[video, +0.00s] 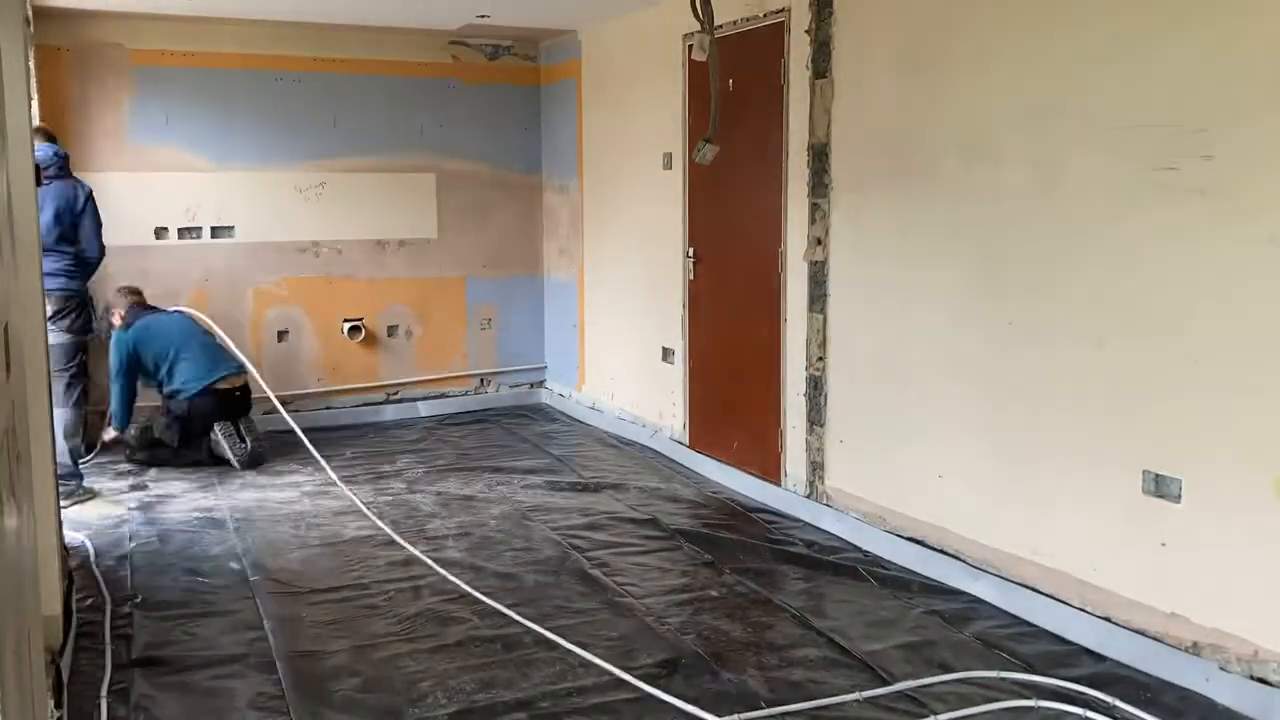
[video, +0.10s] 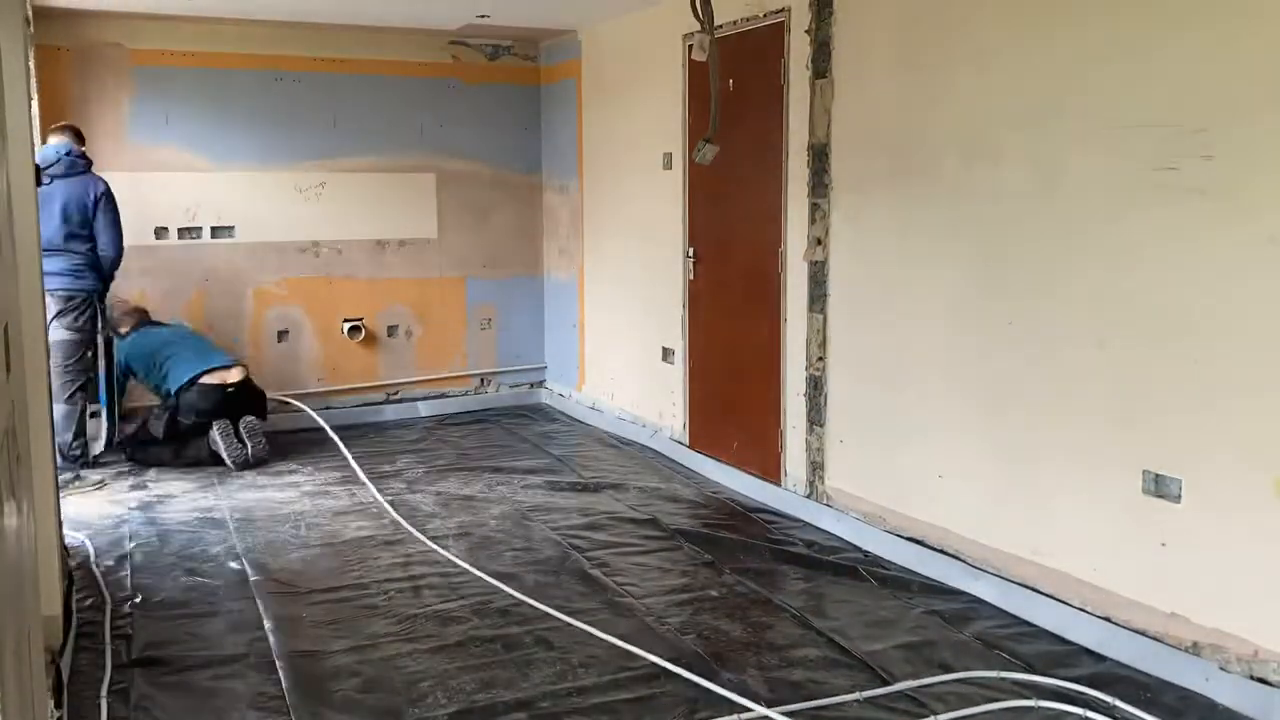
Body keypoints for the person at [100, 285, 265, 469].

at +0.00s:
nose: (113, 326)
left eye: (112, 321)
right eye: (111, 322)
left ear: (118, 316)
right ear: (144, 305)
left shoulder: (124, 336)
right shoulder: (176, 316)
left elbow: (122, 389)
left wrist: (117, 429)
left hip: (198, 402)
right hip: (241, 396)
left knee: (140, 451)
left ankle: (211, 446)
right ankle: (242, 430)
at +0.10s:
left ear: (121, 333)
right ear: (149, 319)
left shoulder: (124, 349)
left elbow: (111, 403)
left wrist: (108, 436)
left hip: (200, 399)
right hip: (249, 394)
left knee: (139, 449)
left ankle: (209, 445)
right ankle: (248, 433)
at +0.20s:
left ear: (178, 297)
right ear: (211, 296)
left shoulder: (159, 322)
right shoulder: (233, 313)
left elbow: (141, 379)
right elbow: (255, 361)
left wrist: (136, 416)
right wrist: (275, 394)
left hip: (200, 396)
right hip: (248, 392)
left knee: (137, 447)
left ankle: (207, 447)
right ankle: (250, 436)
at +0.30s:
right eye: (236, 294)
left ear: (204, 297)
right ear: (235, 294)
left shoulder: (184, 323)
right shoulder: (254, 310)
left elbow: (173, 382)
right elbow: (283, 360)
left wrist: (179, 420)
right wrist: (284, 400)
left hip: (221, 398)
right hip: (268, 391)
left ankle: (222, 442)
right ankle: (262, 432)